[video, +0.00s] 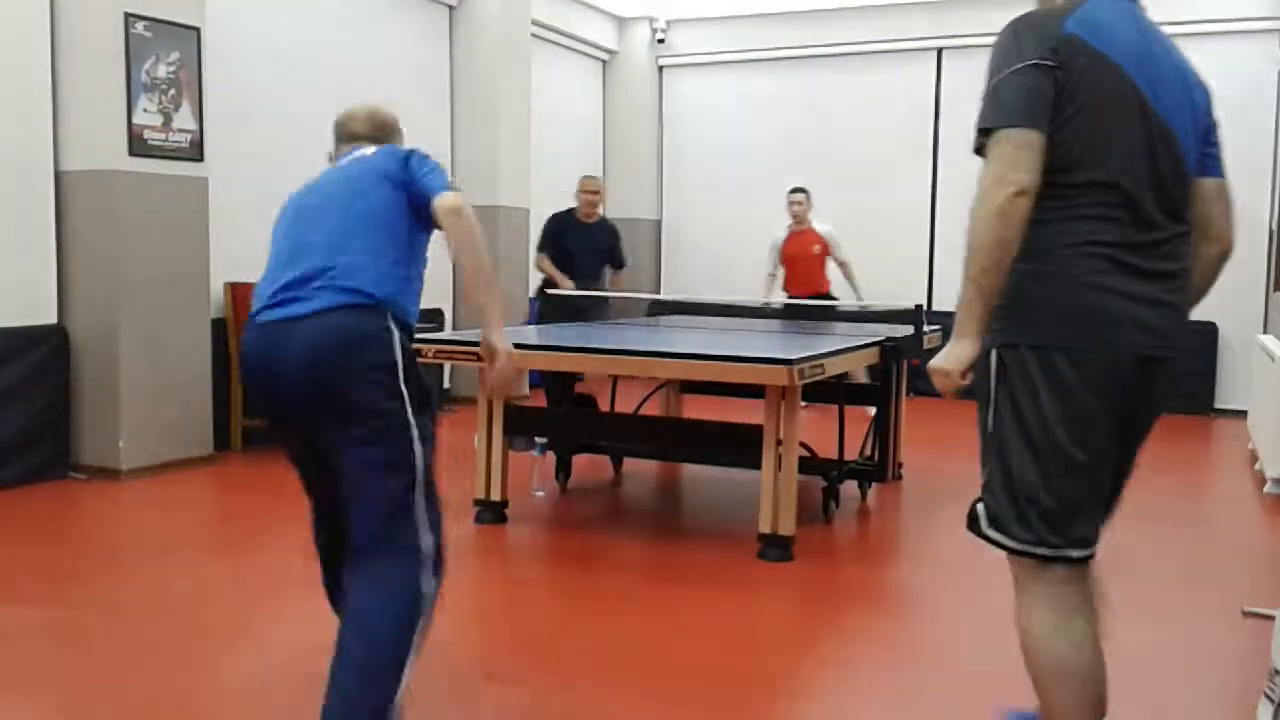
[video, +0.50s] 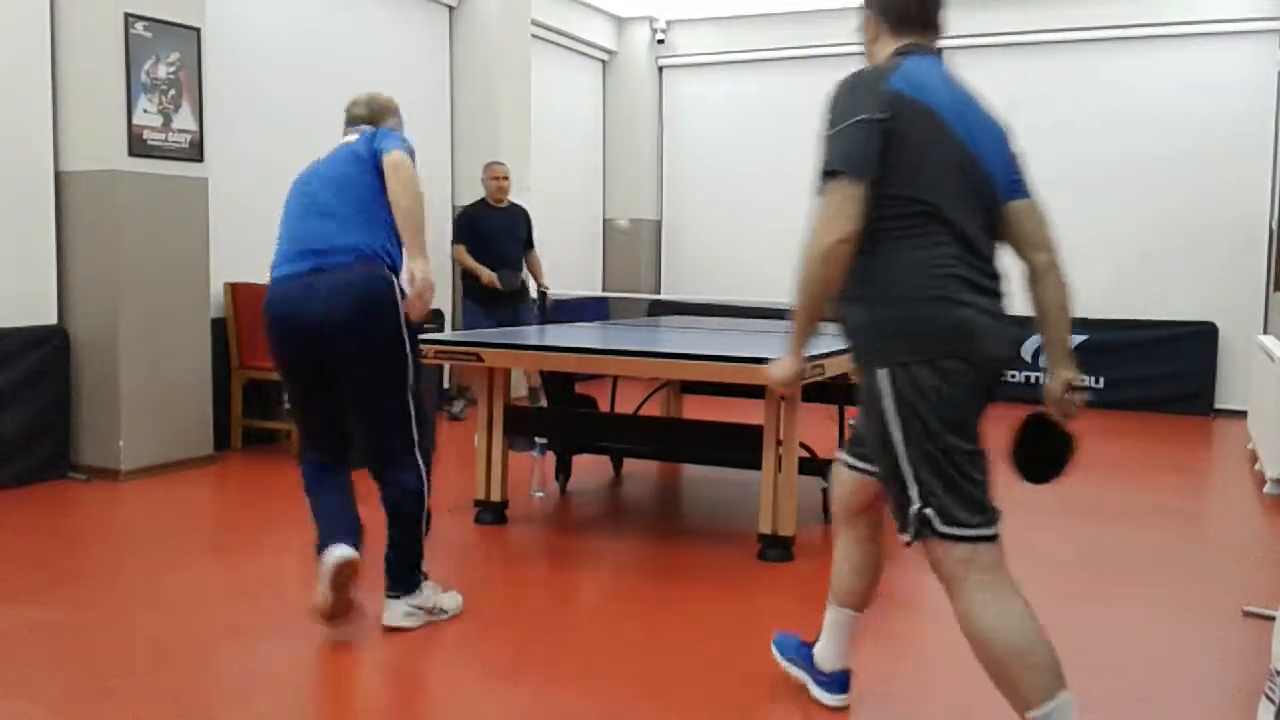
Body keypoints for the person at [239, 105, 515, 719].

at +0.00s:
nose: (402, 151)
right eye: (401, 143)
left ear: (336, 150)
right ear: (394, 143)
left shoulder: (303, 195)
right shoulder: (403, 159)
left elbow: (280, 284)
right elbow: (454, 212)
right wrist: (495, 333)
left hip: (270, 345)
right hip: (356, 339)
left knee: (333, 505)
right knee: (401, 541)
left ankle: (369, 634)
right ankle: (357, 707)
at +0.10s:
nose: (402, 170)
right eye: (398, 164)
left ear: (341, 174)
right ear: (389, 163)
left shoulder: (315, 210)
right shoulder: (390, 174)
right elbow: (421, 208)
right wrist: (471, 304)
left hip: (270, 349)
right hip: (351, 339)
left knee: (346, 491)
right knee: (442, 524)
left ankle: (368, 641)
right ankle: (391, 691)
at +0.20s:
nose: (404, 186)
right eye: (400, 181)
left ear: (350, 178)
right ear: (386, 172)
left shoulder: (323, 214)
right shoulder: (383, 174)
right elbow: (404, 193)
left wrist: (424, 347)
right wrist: (449, 281)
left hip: (273, 329)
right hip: (350, 317)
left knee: (349, 483)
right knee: (446, 497)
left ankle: (369, 636)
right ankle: (418, 661)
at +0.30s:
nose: (415, 183)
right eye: (406, 173)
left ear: (354, 162)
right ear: (390, 162)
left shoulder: (327, 200)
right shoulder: (384, 163)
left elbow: (365, 300)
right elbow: (397, 175)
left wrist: (443, 348)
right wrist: (425, 248)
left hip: (274, 308)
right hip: (350, 293)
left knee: (343, 473)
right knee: (416, 467)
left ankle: (367, 634)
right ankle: (438, 621)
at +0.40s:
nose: (408, 151)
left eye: (407, 147)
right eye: (405, 143)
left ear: (356, 134)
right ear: (393, 134)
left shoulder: (326, 172)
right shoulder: (387, 137)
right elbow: (391, 154)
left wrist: (415, 346)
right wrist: (412, 237)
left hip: (279, 288)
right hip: (350, 275)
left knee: (336, 452)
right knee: (397, 439)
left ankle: (362, 599)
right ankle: (425, 579)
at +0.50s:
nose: (403, 135)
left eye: (401, 127)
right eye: (401, 128)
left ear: (347, 129)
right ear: (391, 124)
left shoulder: (313, 171)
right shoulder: (389, 138)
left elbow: (310, 245)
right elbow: (398, 172)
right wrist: (419, 259)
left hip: (289, 297)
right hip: (359, 290)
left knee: (321, 445)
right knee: (396, 443)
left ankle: (337, 545)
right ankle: (406, 590)